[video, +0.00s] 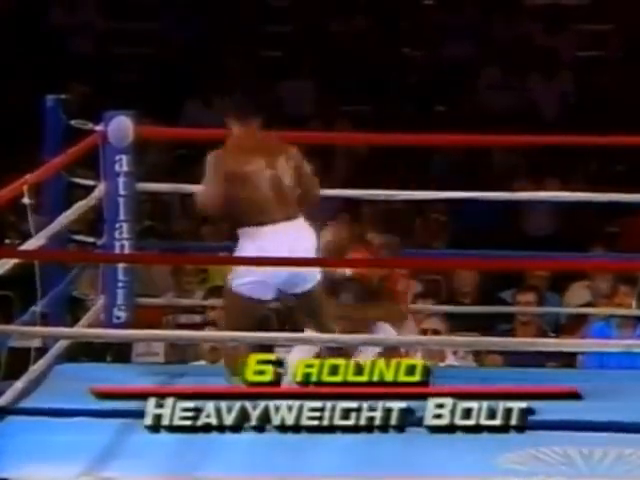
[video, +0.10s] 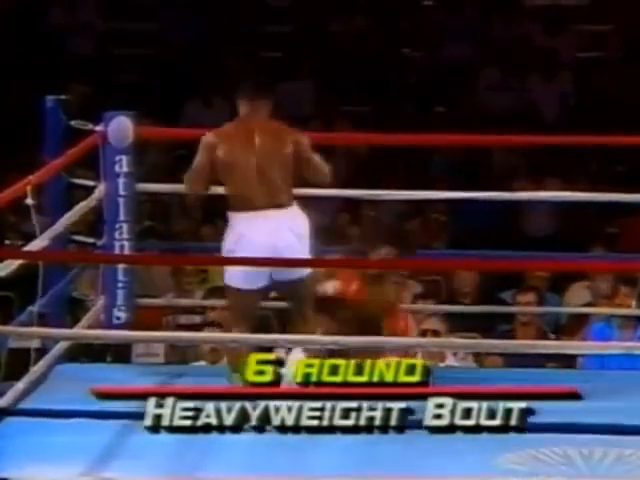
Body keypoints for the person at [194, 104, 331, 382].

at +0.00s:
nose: (233, 131)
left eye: (230, 124)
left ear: (229, 121)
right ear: (260, 119)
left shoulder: (221, 157)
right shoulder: (286, 150)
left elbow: (211, 203)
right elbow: (312, 191)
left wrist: (199, 192)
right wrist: (287, 201)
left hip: (257, 242)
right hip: (300, 235)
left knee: (235, 335)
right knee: (323, 323)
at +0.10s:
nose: (254, 110)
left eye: (247, 103)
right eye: (260, 105)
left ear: (239, 104)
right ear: (270, 104)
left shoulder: (215, 139)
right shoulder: (290, 137)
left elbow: (194, 187)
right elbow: (322, 176)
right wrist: (291, 160)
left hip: (245, 226)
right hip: (289, 221)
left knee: (239, 320)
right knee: (303, 314)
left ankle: (239, 389)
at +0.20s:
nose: (270, 105)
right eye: (273, 99)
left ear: (245, 97)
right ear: (277, 99)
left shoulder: (217, 134)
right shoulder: (291, 134)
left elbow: (198, 181)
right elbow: (322, 178)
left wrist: (231, 169)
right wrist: (321, 158)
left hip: (240, 217)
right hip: (283, 215)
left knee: (237, 313)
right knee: (303, 309)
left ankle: (226, 386)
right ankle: (294, 382)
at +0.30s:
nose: (292, 113)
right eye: (291, 108)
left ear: (258, 103)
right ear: (289, 107)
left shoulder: (228, 139)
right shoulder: (292, 144)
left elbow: (214, 180)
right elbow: (313, 189)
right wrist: (333, 169)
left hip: (233, 230)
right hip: (273, 235)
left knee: (227, 320)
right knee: (302, 325)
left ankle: (210, 396)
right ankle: (291, 397)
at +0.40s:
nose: (299, 113)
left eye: (301, 106)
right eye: (300, 105)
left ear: (268, 96)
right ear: (293, 102)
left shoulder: (234, 130)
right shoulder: (287, 139)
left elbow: (234, 178)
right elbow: (302, 193)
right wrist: (331, 177)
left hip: (233, 218)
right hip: (268, 225)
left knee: (230, 316)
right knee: (289, 319)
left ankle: (207, 390)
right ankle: (284, 391)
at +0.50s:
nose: (314, 97)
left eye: (317, 90)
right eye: (313, 89)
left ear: (284, 80)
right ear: (300, 84)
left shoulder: (256, 108)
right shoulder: (276, 116)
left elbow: (271, 154)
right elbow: (277, 171)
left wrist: (312, 158)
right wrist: (318, 173)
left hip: (247, 203)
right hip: (266, 207)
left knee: (237, 294)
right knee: (280, 298)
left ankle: (201, 367)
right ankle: (262, 372)